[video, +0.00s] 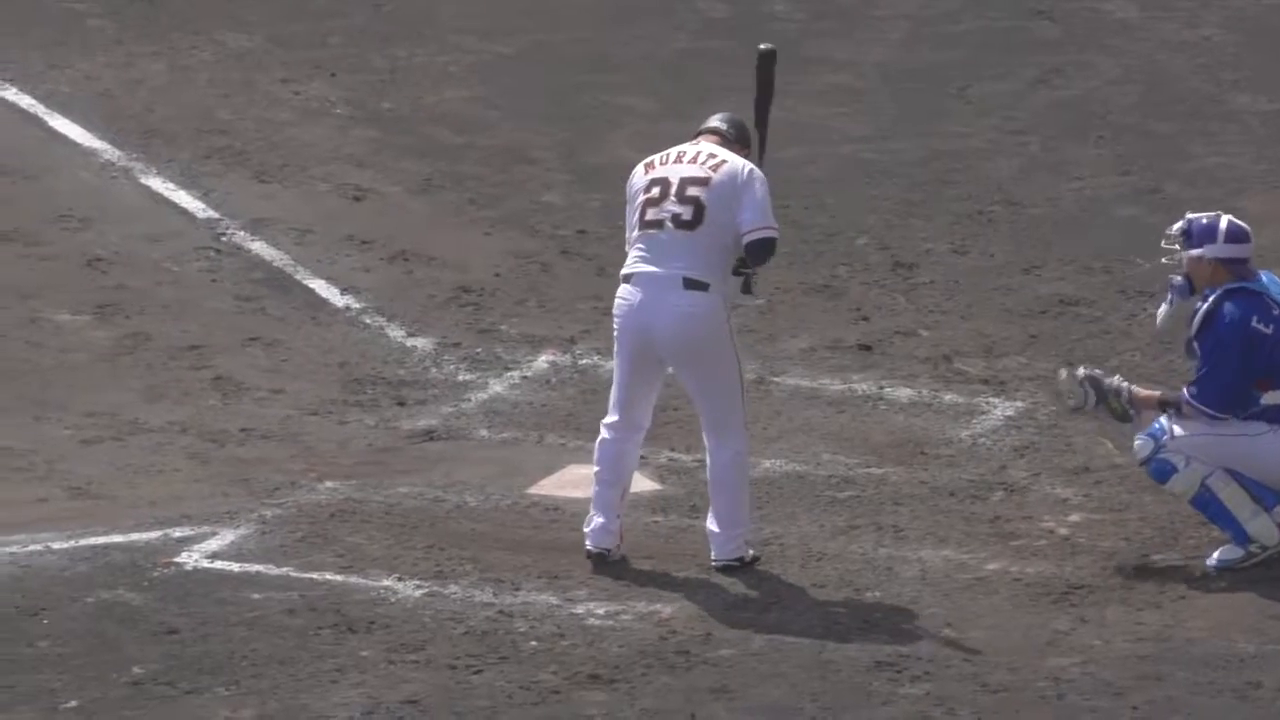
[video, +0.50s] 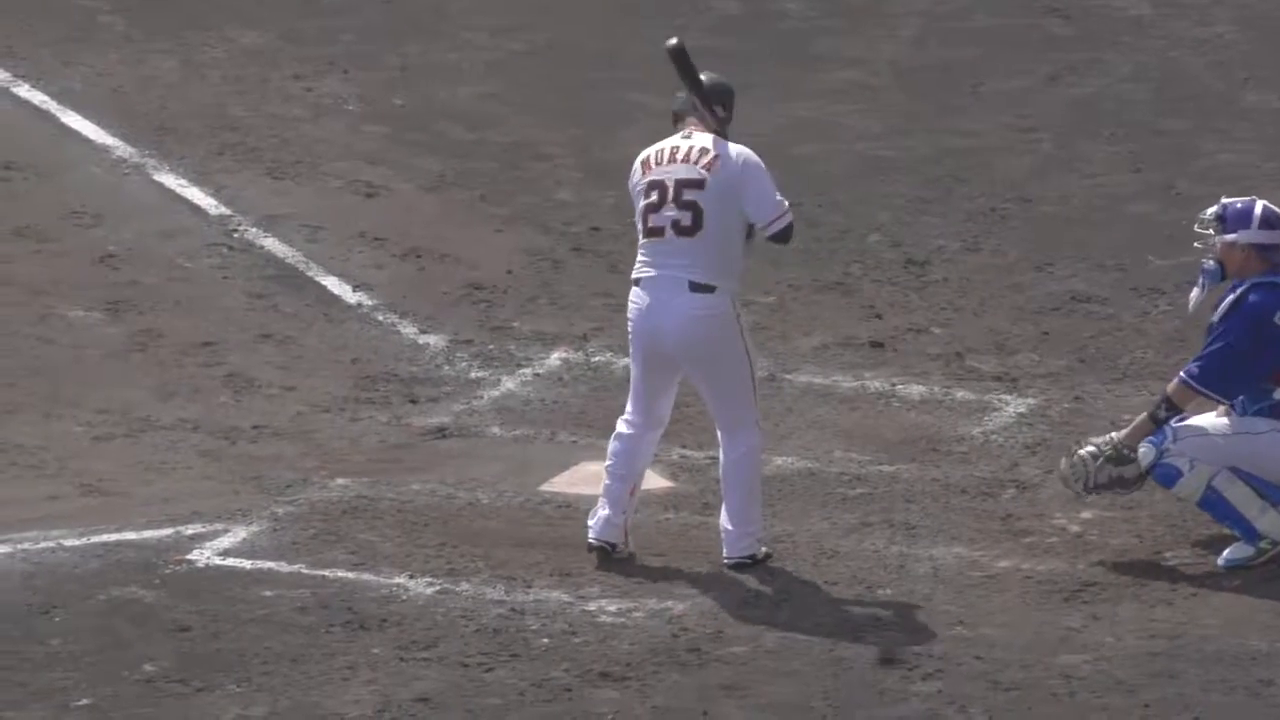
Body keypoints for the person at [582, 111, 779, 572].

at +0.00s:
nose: (743, 158)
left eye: (741, 152)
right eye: (744, 153)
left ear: (700, 134)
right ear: (740, 145)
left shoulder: (644, 166)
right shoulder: (742, 170)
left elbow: (638, 238)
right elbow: (760, 246)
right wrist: (742, 262)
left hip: (632, 299)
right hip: (696, 306)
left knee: (623, 421)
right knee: (724, 430)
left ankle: (600, 537)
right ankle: (729, 546)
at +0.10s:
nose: (744, 151)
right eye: (745, 144)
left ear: (703, 131)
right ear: (742, 140)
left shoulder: (650, 164)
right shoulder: (747, 167)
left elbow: (643, 235)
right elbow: (768, 242)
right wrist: (751, 260)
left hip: (639, 299)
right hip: (704, 306)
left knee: (629, 421)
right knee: (729, 430)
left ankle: (610, 537)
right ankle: (732, 547)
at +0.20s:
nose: (744, 147)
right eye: (746, 139)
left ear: (704, 129)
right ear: (743, 136)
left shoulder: (653, 164)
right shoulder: (748, 166)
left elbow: (650, 234)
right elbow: (774, 238)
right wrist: (757, 258)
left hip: (643, 301)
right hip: (707, 307)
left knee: (633, 417)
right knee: (733, 429)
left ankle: (601, 531)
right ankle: (736, 546)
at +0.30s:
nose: (740, 141)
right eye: (742, 133)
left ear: (698, 125)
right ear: (739, 131)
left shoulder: (651, 163)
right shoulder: (747, 166)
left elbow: (652, 233)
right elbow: (775, 239)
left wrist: (741, 243)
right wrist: (752, 251)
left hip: (642, 303)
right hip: (706, 309)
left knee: (633, 419)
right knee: (736, 429)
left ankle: (602, 532)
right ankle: (739, 545)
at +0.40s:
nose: (737, 138)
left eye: (732, 131)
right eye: (737, 131)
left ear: (691, 123)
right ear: (732, 129)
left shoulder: (648, 162)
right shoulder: (743, 163)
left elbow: (654, 227)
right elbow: (776, 238)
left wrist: (737, 229)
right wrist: (740, 240)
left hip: (643, 303)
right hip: (706, 309)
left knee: (636, 418)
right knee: (738, 430)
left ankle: (604, 531)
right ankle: (740, 545)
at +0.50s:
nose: (729, 123)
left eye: (724, 116)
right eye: (728, 116)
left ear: (678, 115)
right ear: (723, 116)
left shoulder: (644, 161)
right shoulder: (737, 159)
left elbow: (656, 222)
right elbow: (780, 229)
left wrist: (730, 213)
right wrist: (734, 217)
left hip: (644, 304)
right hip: (706, 311)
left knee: (639, 417)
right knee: (738, 430)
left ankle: (605, 530)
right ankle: (741, 543)